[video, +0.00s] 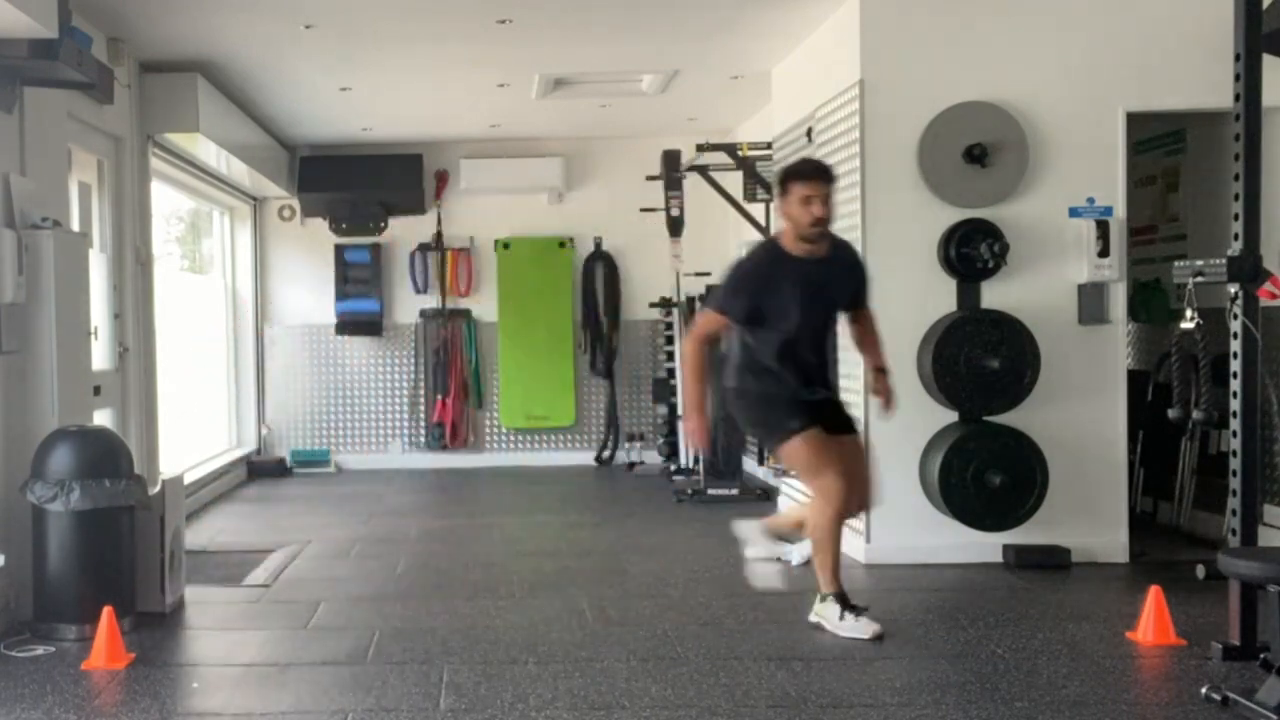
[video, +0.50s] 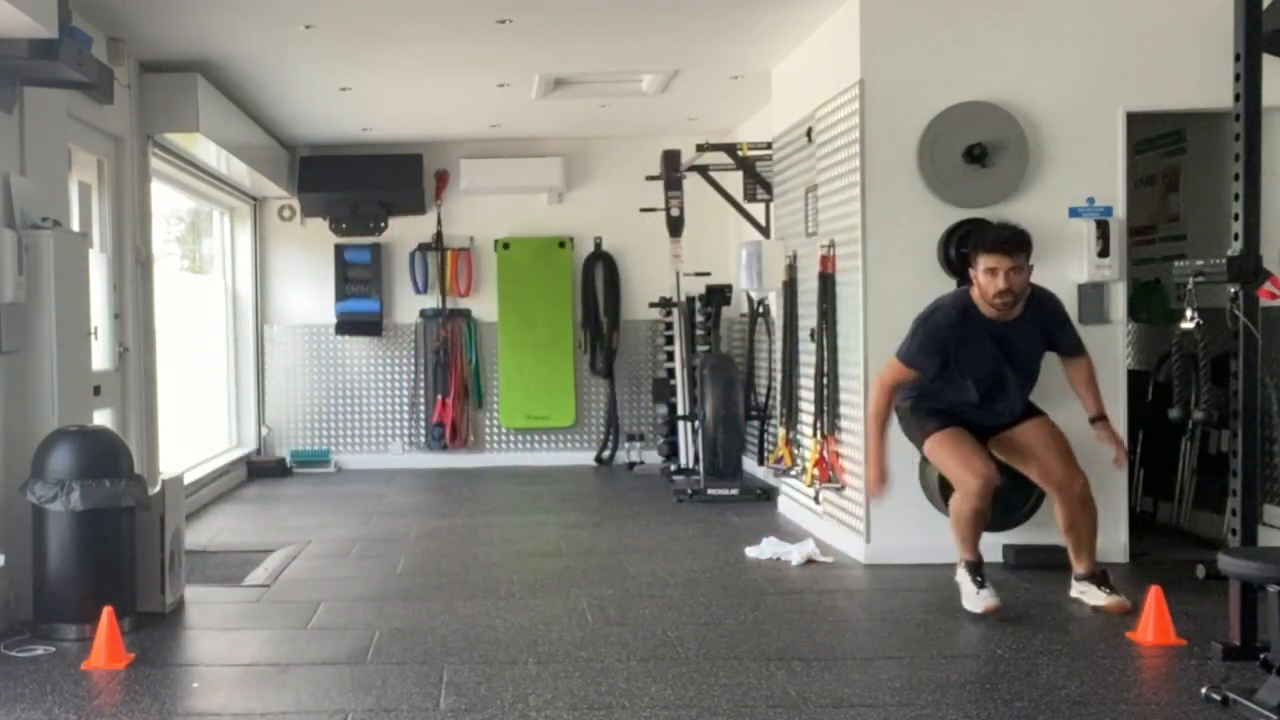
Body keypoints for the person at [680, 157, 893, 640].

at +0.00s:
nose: (820, 211)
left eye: (825, 201)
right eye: (808, 201)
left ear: (833, 204)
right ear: (782, 205)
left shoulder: (843, 261)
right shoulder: (758, 268)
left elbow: (859, 316)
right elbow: (697, 336)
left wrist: (878, 368)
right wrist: (693, 414)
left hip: (817, 388)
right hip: (763, 390)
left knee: (856, 494)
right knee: (829, 484)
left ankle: (766, 533)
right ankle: (830, 601)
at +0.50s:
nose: (1005, 284)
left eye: (1015, 271)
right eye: (992, 272)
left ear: (1029, 271)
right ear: (972, 275)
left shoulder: (1044, 308)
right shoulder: (944, 319)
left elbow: (1075, 359)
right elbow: (885, 383)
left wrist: (1099, 419)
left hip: (1002, 404)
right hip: (933, 408)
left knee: (1072, 484)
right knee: (979, 478)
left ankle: (1085, 578)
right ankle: (969, 567)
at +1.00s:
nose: (774, 243)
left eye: (783, 231)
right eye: (763, 233)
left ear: (796, 230)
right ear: (749, 233)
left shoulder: (823, 280)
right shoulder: (726, 284)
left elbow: (869, 335)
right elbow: (680, 343)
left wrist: (903, 395)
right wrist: (706, 407)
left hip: (806, 398)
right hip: (746, 407)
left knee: (809, 494)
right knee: (777, 507)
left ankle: (816, 594)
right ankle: (849, 528)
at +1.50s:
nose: (422, 224)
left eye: (431, 213)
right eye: (411, 214)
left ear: (446, 213)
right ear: (398, 217)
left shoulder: (481, 272)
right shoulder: (387, 264)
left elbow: (524, 332)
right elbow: (342, 316)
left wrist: (548, 393)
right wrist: (342, 340)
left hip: (456, 391)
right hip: (408, 391)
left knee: (391, 482)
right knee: (399, 496)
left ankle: (350, 598)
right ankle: (503, 551)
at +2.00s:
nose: (185, 264)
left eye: (195, 252)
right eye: (174, 253)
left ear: (212, 249)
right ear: (162, 253)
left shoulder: (258, 297)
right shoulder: (157, 308)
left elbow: (312, 348)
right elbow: (143, 366)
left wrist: (325, 416)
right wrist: (139, 411)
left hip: (267, 401)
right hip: (203, 402)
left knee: (252, 494)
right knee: (163, 491)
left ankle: (294, 580)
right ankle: (151, 599)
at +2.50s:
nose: (307, 248)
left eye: (317, 236)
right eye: (297, 236)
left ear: (336, 237)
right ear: (285, 239)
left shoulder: (372, 287)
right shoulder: (264, 287)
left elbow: (433, 318)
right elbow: (218, 321)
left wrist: (456, 366)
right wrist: (190, 384)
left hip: (330, 420)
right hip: (275, 400)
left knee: (293, 514)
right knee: (265, 473)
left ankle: (240, 589)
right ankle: (198, 556)